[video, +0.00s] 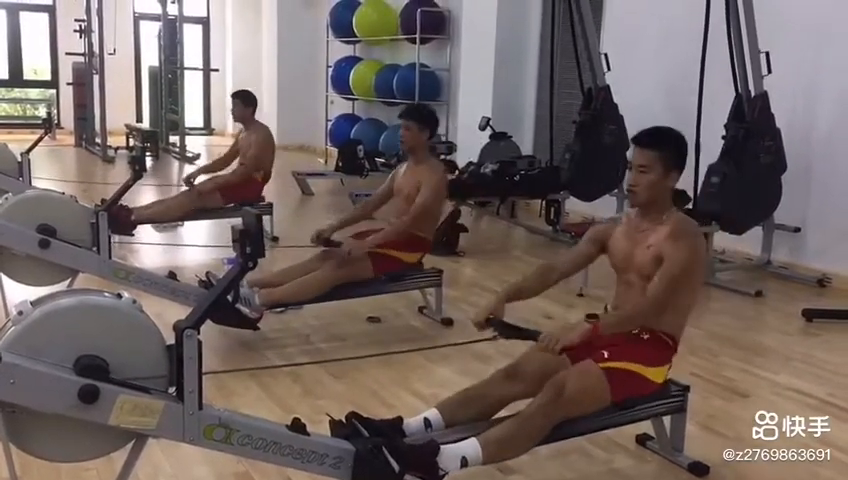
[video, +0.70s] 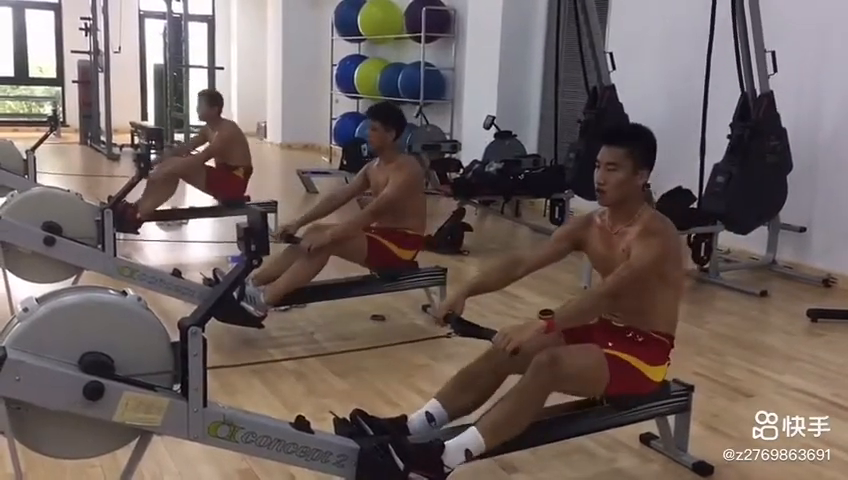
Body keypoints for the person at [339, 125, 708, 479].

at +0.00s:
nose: (632, 179)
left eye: (644, 171)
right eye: (631, 169)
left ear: (674, 177)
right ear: (629, 172)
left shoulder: (684, 238)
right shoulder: (614, 229)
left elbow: (645, 312)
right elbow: (555, 269)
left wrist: (584, 331)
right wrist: (504, 298)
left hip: (649, 348)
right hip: (607, 332)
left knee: (557, 394)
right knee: (515, 374)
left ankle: (444, 462)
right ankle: (407, 430)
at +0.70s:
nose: (600, 177)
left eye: (613, 169)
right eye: (599, 167)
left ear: (642, 177)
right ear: (596, 170)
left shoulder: (658, 234)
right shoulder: (588, 224)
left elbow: (607, 295)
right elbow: (520, 264)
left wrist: (542, 329)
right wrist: (464, 289)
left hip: (642, 353)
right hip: (594, 332)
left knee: (547, 364)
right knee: (505, 350)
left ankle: (446, 458)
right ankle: (412, 429)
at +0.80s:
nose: (591, 178)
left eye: (603, 168)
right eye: (590, 167)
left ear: (635, 177)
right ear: (586, 169)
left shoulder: (648, 234)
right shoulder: (580, 224)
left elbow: (595, 295)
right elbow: (509, 264)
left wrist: (525, 329)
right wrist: (450, 292)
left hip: (637, 354)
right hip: (591, 329)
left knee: (542, 358)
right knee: (499, 342)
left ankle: (449, 456)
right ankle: (414, 428)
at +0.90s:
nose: (580, 176)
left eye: (593, 167)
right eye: (579, 166)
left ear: (623, 176)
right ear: (576, 167)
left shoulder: (638, 236)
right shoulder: (570, 225)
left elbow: (583, 293)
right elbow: (498, 262)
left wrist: (515, 323)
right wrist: (439, 290)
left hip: (629, 358)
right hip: (586, 336)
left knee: (539, 349)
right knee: (489, 335)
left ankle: (448, 456)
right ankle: (415, 426)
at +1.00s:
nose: (567, 176)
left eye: (579, 168)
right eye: (566, 166)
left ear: (611, 177)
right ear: (565, 168)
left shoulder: (625, 235)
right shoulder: (558, 224)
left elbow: (570, 289)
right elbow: (486, 262)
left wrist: (500, 323)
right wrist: (426, 288)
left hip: (621, 358)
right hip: (578, 339)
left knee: (530, 342)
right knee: (481, 327)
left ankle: (448, 455)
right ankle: (413, 426)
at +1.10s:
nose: (551, 177)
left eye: (563, 168)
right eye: (550, 166)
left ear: (593, 175)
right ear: (547, 167)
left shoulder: (608, 236)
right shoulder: (542, 225)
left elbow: (552, 291)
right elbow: (468, 260)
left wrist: (477, 323)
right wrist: (406, 287)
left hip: (608, 362)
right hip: (568, 344)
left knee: (519, 337)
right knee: (472, 316)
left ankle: (449, 452)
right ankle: (414, 425)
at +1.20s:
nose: (538, 177)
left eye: (551, 168)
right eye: (539, 166)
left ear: (581, 177)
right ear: (536, 168)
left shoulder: (596, 235)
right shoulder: (531, 226)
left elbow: (541, 291)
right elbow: (457, 260)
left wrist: (462, 326)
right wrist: (392, 287)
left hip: (599, 365)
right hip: (560, 348)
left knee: (512, 335)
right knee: (464, 319)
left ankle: (449, 453)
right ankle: (414, 424)